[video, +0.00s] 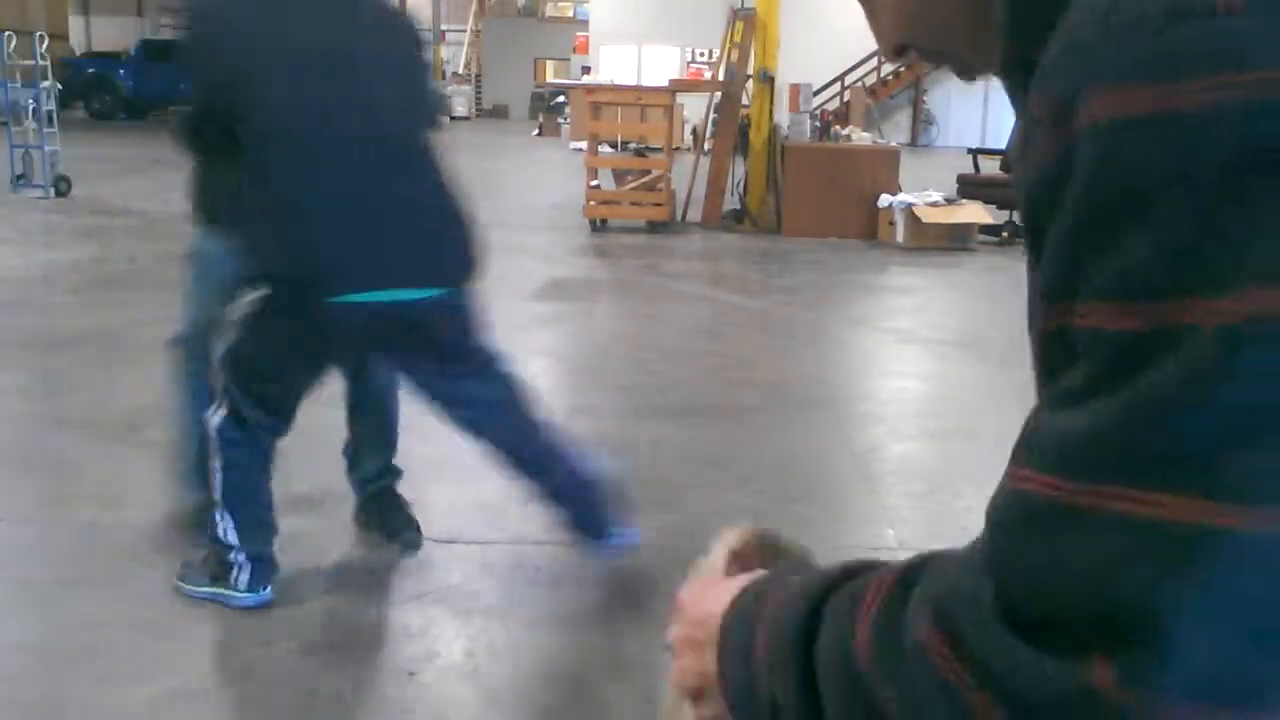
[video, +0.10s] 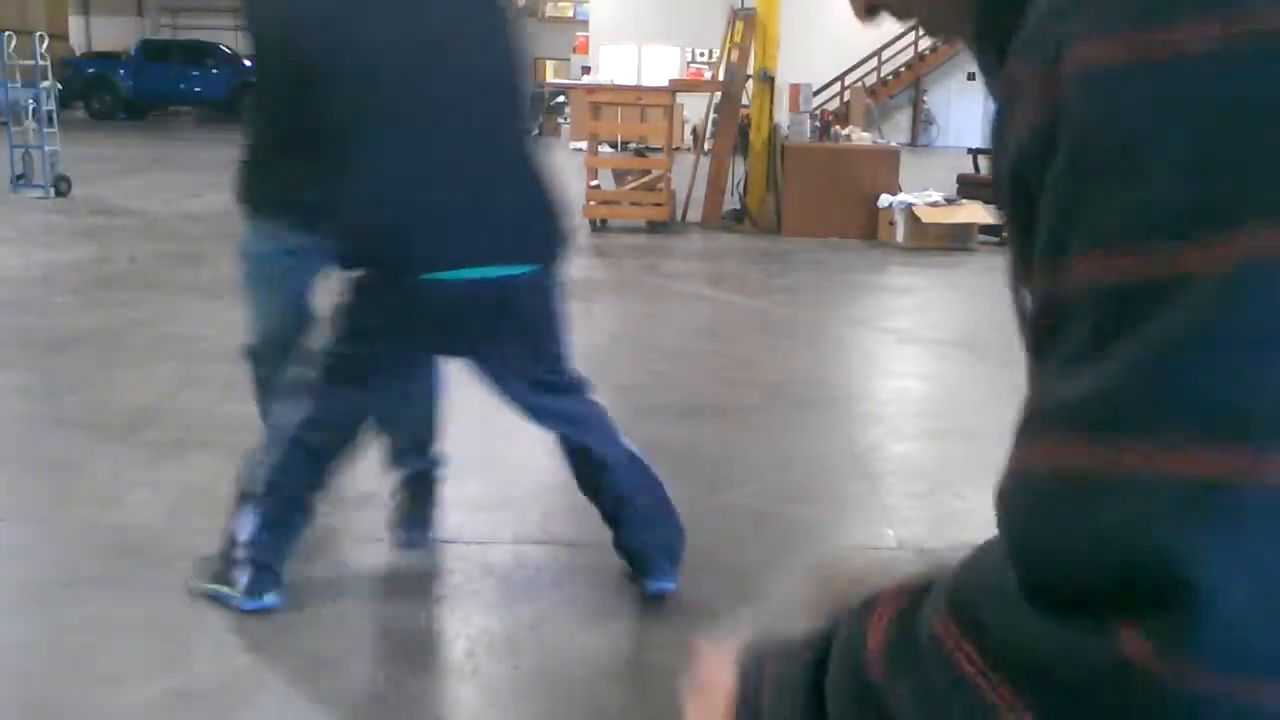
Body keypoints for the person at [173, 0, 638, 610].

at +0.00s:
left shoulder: (225, 23)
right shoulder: (382, 19)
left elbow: (210, 134)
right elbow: (420, 109)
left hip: (321, 276)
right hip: (427, 266)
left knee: (244, 409)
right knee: (488, 401)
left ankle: (244, 565)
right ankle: (599, 518)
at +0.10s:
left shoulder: (313, 21)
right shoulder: (477, 11)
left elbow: (282, 162)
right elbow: (514, 114)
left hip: (407, 267)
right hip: (514, 259)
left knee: (328, 417)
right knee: (567, 405)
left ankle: (256, 563)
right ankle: (657, 553)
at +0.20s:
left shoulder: (376, 17)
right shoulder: (565, 11)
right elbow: (628, 117)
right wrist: (608, 227)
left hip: (479, 252)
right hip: (583, 250)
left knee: (400, 405)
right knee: (600, 396)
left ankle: (329, 571)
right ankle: (661, 553)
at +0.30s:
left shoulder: (424, 11)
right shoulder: (586, 4)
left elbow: (427, 115)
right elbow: (680, 24)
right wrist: (624, 10)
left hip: (501, 227)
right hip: (606, 220)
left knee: (471, 392)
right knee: (647, 396)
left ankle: (383, 576)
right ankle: (667, 564)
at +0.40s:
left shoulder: (458, 23)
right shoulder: (596, 9)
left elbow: (479, 133)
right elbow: (674, 5)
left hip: (517, 237)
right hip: (609, 216)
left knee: (513, 425)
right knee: (675, 385)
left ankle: (408, 612)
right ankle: (678, 558)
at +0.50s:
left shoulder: (479, 33)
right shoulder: (618, 10)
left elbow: (512, 136)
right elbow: (687, 54)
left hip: (525, 254)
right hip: (629, 235)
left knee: (481, 421)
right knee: (705, 363)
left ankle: (398, 619)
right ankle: (726, 555)